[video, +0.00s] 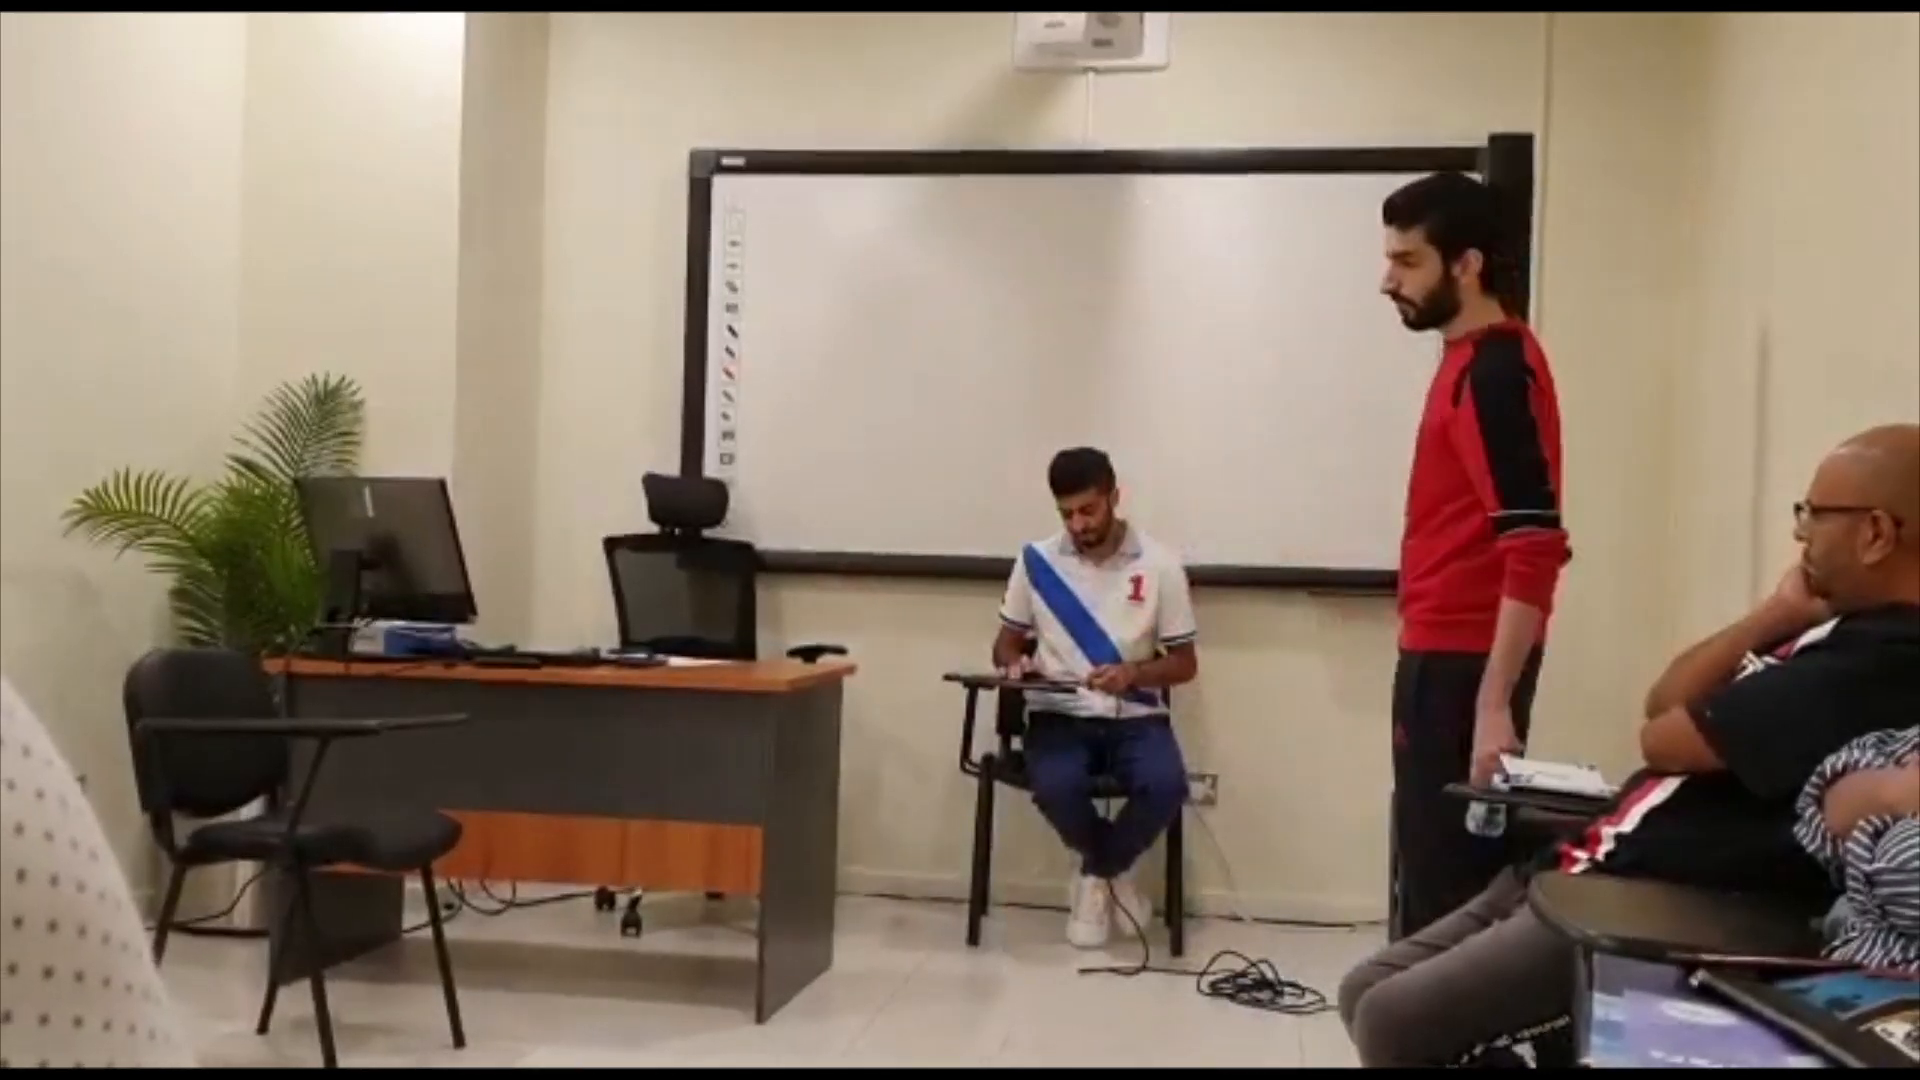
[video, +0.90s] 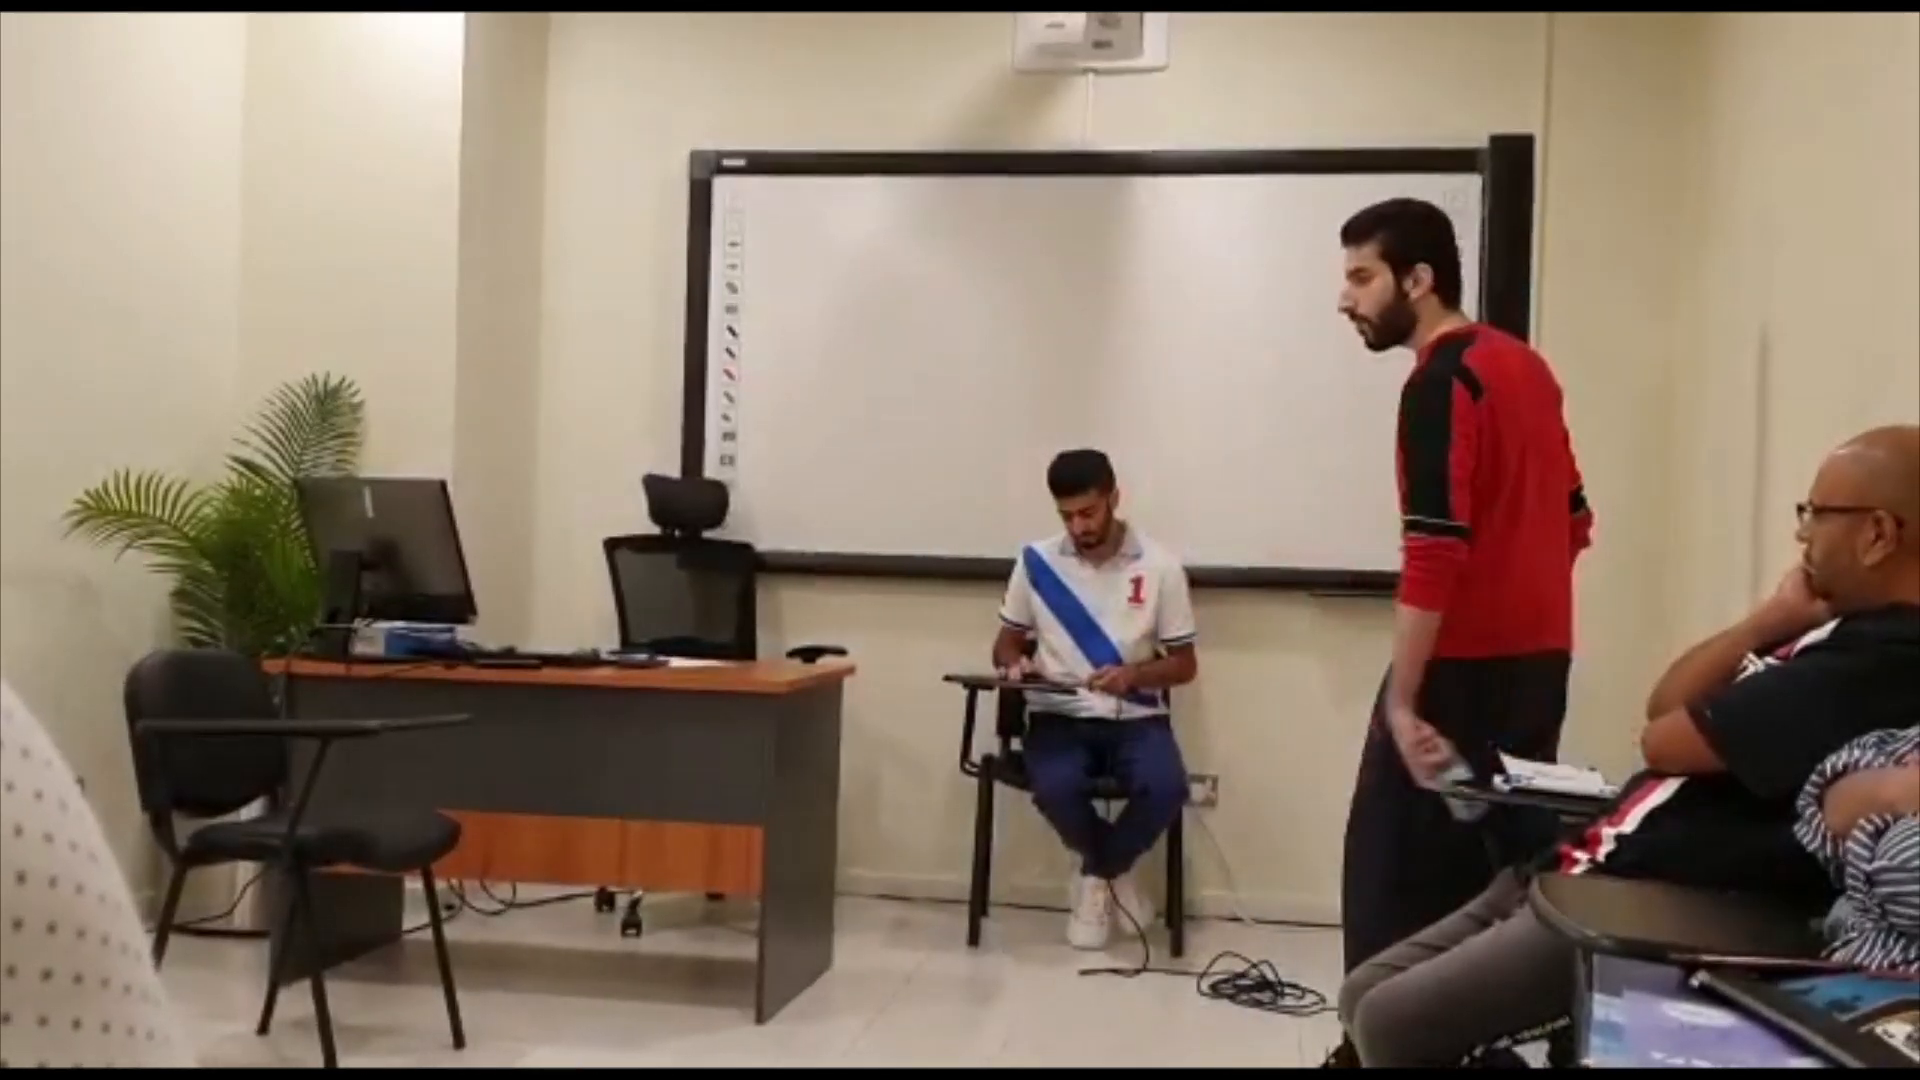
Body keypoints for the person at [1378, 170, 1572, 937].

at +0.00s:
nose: (1388, 280)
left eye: (1405, 261)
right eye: (1389, 260)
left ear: (1468, 266)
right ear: (1458, 271)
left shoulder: (1498, 364)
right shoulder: (1469, 358)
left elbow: (1535, 544)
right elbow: (1485, 535)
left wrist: (1495, 703)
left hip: (1470, 669)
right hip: (1438, 664)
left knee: (1451, 901)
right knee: (1428, 896)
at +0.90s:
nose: (1344, 301)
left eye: (1360, 279)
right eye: (1345, 281)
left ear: (1419, 280)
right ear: (1428, 284)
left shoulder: (1439, 379)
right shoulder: (1525, 363)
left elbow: (1434, 555)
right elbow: (1573, 525)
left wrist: (1401, 698)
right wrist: (1499, 606)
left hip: (1452, 673)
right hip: (1535, 669)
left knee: (1388, 876)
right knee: (1504, 870)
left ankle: (1383, 1042)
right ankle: (1494, 1040)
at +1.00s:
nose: (1351, 293)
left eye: (1365, 272)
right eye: (1352, 273)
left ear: (1424, 274)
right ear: (1434, 277)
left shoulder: (1440, 374)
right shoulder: (1529, 365)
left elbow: (1372, 530)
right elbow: (1570, 527)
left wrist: (1282, 657)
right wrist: (1467, 580)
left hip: (1450, 665)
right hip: (1533, 664)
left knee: (1390, 863)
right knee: (1503, 861)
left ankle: (1388, 1041)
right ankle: (1490, 1035)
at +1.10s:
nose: (1358, 288)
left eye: (1374, 267)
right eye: (1360, 268)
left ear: (1432, 272)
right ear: (1439, 275)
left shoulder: (1442, 372)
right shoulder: (1532, 367)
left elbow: (1333, 485)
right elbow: (1565, 527)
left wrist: (1185, 565)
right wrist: (1474, 578)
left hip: (1450, 659)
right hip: (1532, 658)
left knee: (1390, 857)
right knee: (1500, 856)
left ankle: (1387, 1039)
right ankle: (1488, 1035)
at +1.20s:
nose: (1364, 280)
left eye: (1381, 260)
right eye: (1368, 260)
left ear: (1440, 268)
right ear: (1446, 271)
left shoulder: (1446, 369)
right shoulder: (1533, 368)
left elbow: (1303, 447)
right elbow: (1562, 525)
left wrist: (1126, 465)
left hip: (1450, 662)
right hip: (1527, 662)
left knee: (1390, 860)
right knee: (1492, 862)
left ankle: (1386, 1045)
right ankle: (1484, 1042)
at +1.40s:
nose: (1371, 268)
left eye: (1390, 251)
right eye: (1376, 250)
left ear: (1447, 263)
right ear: (1453, 267)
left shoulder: (1440, 365)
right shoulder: (1534, 369)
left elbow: (1274, 403)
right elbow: (1562, 530)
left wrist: (1126, 333)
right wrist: (1469, 587)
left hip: (1441, 666)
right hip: (1524, 666)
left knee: (1387, 862)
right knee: (1494, 868)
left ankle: (1383, 1040)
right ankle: (1488, 1039)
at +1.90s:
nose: (1377, 279)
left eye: (1394, 261)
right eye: (1380, 262)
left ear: (1451, 271)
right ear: (1456, 276)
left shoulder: (1470, 360)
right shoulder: (1531, 368)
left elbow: (1354, 468)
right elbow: (1569, 538)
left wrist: (1199, 457)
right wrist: (1476, 585)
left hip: (1456, 652)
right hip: (1527, 651)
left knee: (1391, 848)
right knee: (1499, 845)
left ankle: (1383, 1039)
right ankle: (1485, 1032)